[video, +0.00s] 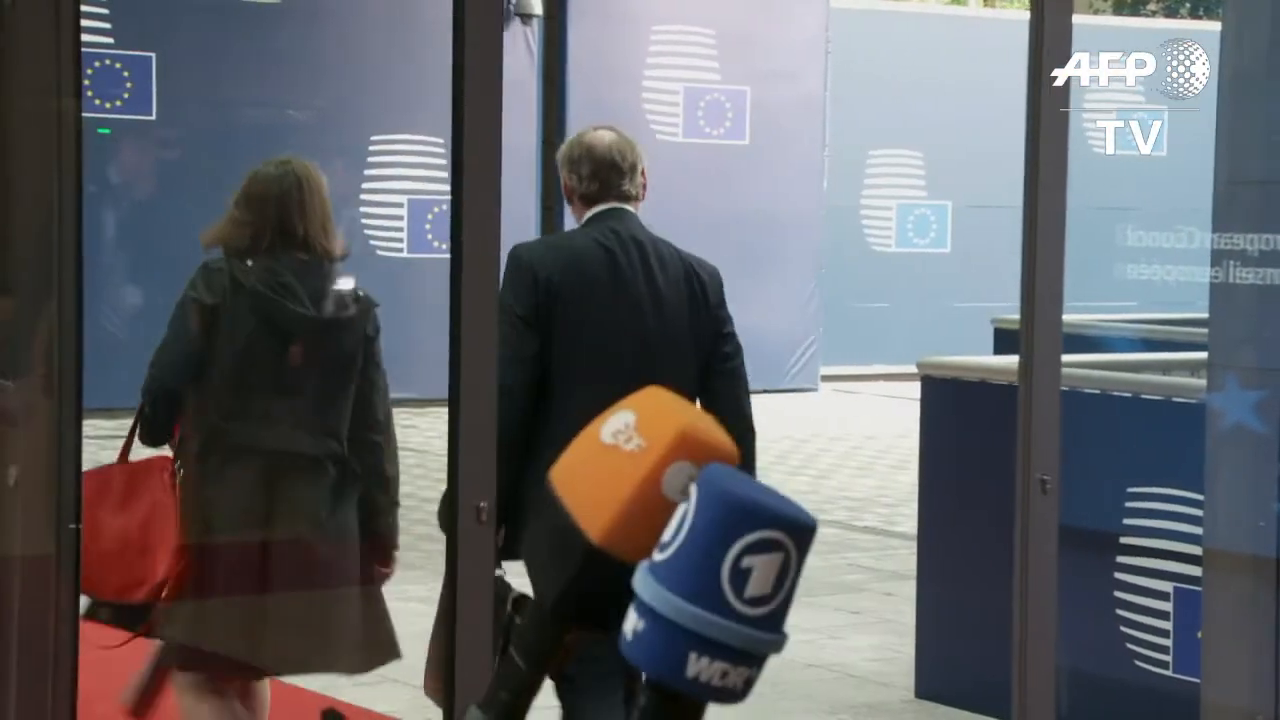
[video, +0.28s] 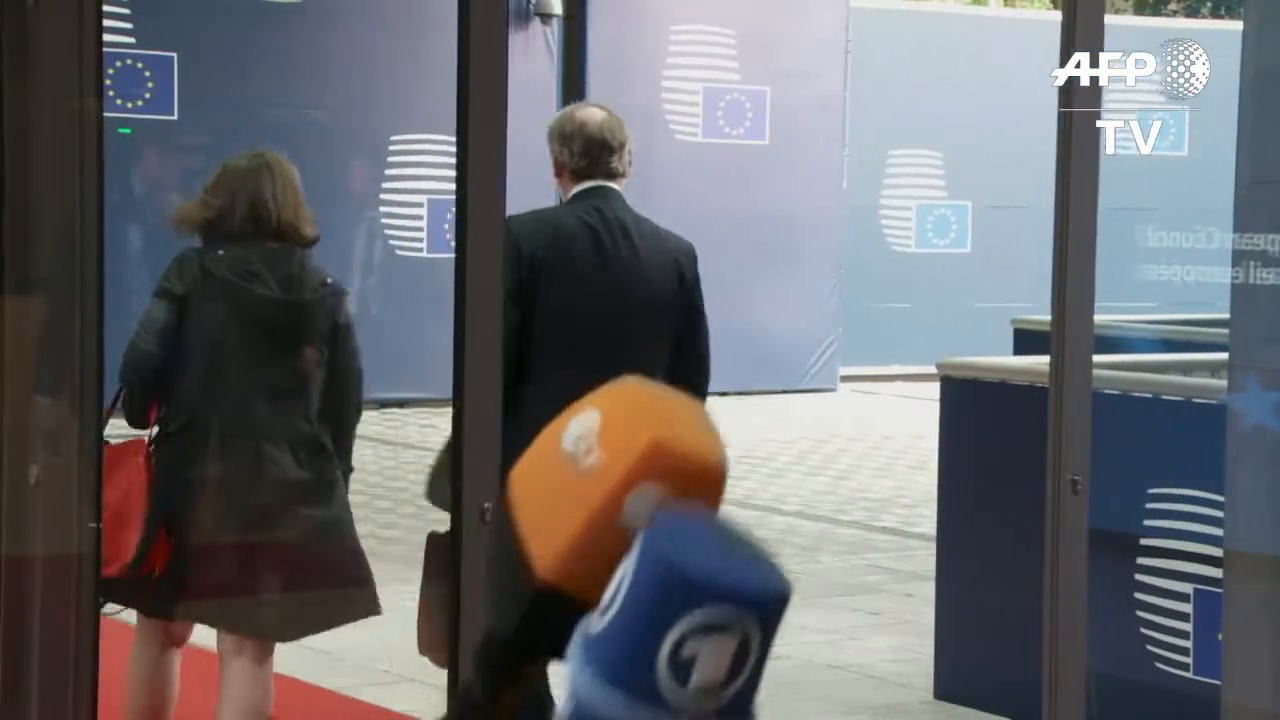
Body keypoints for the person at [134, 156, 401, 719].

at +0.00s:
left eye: (242, 208)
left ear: (246, 213)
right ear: (320, 218)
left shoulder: (217, 282)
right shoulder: (351, 304)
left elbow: (166, 380)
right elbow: (373, 433)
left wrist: (155, 426)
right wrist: (380, 539)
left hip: (224, 512)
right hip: (313, 520)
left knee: (194, 672)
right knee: (246, 669)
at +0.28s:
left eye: (219, 199)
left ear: (219, 203)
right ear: (293, 208)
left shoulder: (189, 273)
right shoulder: (323, 293)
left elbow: (143, 360)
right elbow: (345, 405)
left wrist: (140, 415)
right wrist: (327, 482)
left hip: (194, 490)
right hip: (281, 492)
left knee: (159, 634)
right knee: (249, 651)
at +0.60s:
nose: (265, 205)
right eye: (260, 195)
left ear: (191, 197)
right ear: (256, 202)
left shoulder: (156, 267)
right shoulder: (283, 280)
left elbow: (116, 370)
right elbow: (304, 391)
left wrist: (111, 471)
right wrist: (306, 480)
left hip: (161, 464)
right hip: (250, 469)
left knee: (156, 617)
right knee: (229, 607)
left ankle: (155, 716)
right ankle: (215, 711)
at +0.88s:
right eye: (263, 211)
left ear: (197, 209)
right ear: (258, 216)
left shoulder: (154, 279)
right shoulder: (275, 295)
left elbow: (129, 382)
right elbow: (295, 404)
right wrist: (301, 493)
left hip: (166, 466)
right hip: (243, 467)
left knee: (168, 607)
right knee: (223, 609)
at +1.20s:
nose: (273, 200)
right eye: (269, 191)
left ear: (202, 192)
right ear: (263, 198)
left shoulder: (166, 260)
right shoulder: (285, 269)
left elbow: (139, 347)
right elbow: (308, 368)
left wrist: (141, 419)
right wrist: (310, 447)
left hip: (173, 434)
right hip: (253, 441)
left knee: (164, 558)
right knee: (223, 581)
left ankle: (161, 688)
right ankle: (198, 710)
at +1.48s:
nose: (265, 214)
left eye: (259, 203)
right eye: (261, 205)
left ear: (200, 208)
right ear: (254, 211)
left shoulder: (164, 273)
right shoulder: (274, 281)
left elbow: (144, 363)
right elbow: (301, 371)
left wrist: (143, 436)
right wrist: (306, 448)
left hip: (172, 439)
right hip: (249, 443)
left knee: (179, 569)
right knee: (224, 567)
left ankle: (187, 674)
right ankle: (204, 679)